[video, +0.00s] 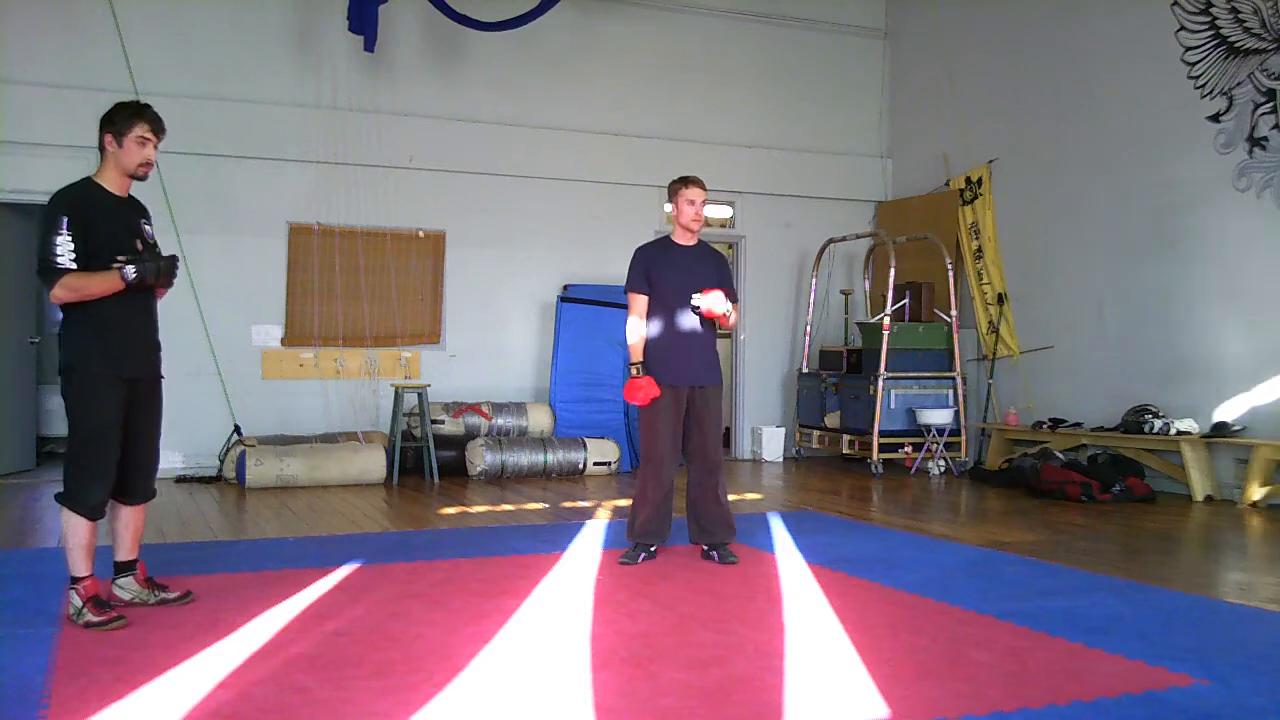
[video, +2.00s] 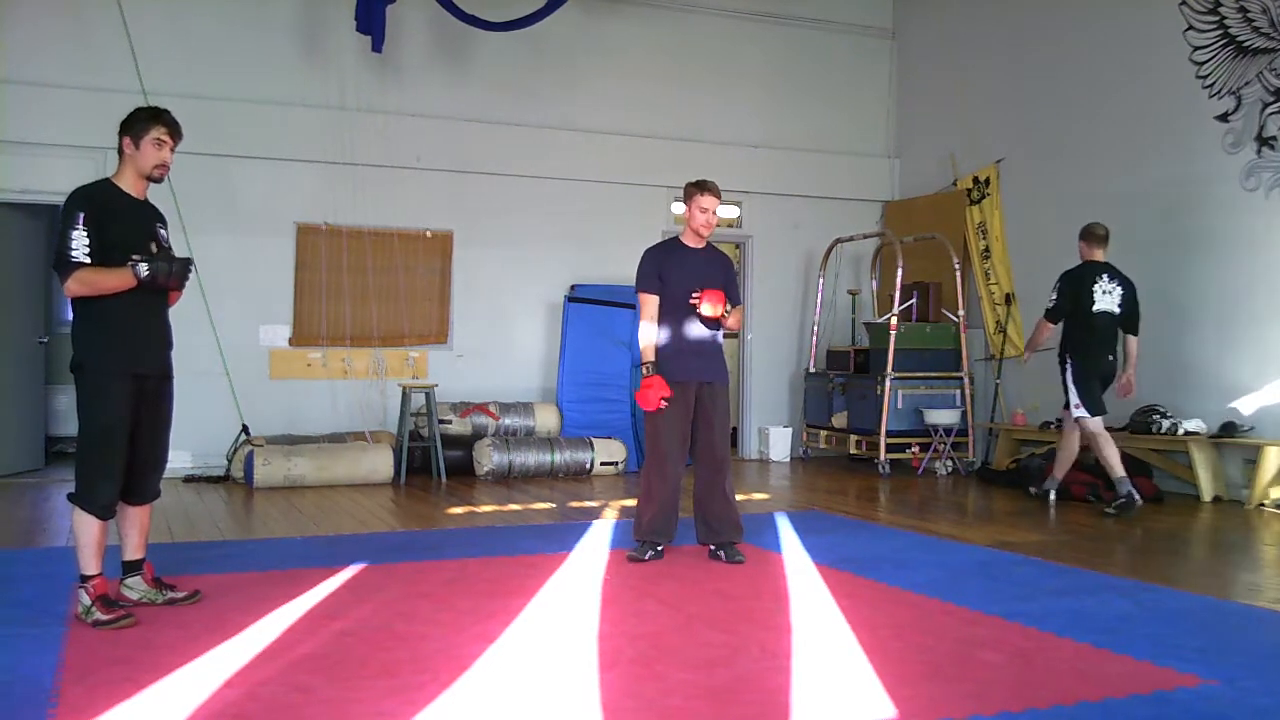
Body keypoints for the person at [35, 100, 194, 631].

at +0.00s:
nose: (152, 154)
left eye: (156, 145)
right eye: (143, 142)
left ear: (150, 150)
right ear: (110, 140)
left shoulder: (139, 213)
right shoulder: (69, 203)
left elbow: (145, 294)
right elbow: (60, 289)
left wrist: (161, 279)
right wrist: (131, 273)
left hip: (142, 364)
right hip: (92, 365)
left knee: (135, 471)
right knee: (88, 474)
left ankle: (128, 580)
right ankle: (81, 593)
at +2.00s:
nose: (167, 156)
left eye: (171, 148)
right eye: (159, 145)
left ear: (167, 154)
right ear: (127, 144)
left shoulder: (155, 218)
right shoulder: (87, 200)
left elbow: (164, 299)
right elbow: (74, 282)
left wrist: (177, 278)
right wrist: (143, 273)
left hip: (152, 364)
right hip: (104, 363)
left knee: (142, 471)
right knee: (99, 472)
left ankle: (135, 579)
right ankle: (90, 591)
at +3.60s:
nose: (135, 151)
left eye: (136, 141)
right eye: (129, 139)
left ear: (99, 140)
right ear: (96, 138)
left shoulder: (97, 201)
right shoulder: (59, 193)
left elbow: (91, 272)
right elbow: (61, 280)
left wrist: (133, 264)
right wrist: (127, 264)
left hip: (114, 362)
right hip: (75, 363)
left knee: (103, 468)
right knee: (63, 468)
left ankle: (93, 576)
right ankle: (46, 590)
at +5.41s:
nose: (59, 148)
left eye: (64, 140)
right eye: (48, 137)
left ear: (64, 147)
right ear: (16, 140)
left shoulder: (60, 209)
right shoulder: (1, 200)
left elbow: (85, 293)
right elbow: (3, 282)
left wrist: (82, 270)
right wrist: (48, 269)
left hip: (62, 362)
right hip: (14, 362)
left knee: (50, 472)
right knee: (20, 473)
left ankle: (18, 561)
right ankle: (29, 590)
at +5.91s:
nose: (80, 166)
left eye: (84, 158)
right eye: (71, 154)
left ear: (81, 166)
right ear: (40, 155)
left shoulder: (61, 223)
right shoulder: (6, 207)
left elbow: (63, 301)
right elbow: (0, 284)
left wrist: (74, 290)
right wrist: (45, 283)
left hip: (51, 367)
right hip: (14, 366)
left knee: (27, 467)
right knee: (36, 467)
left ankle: (18, 574)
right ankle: (49, 583)